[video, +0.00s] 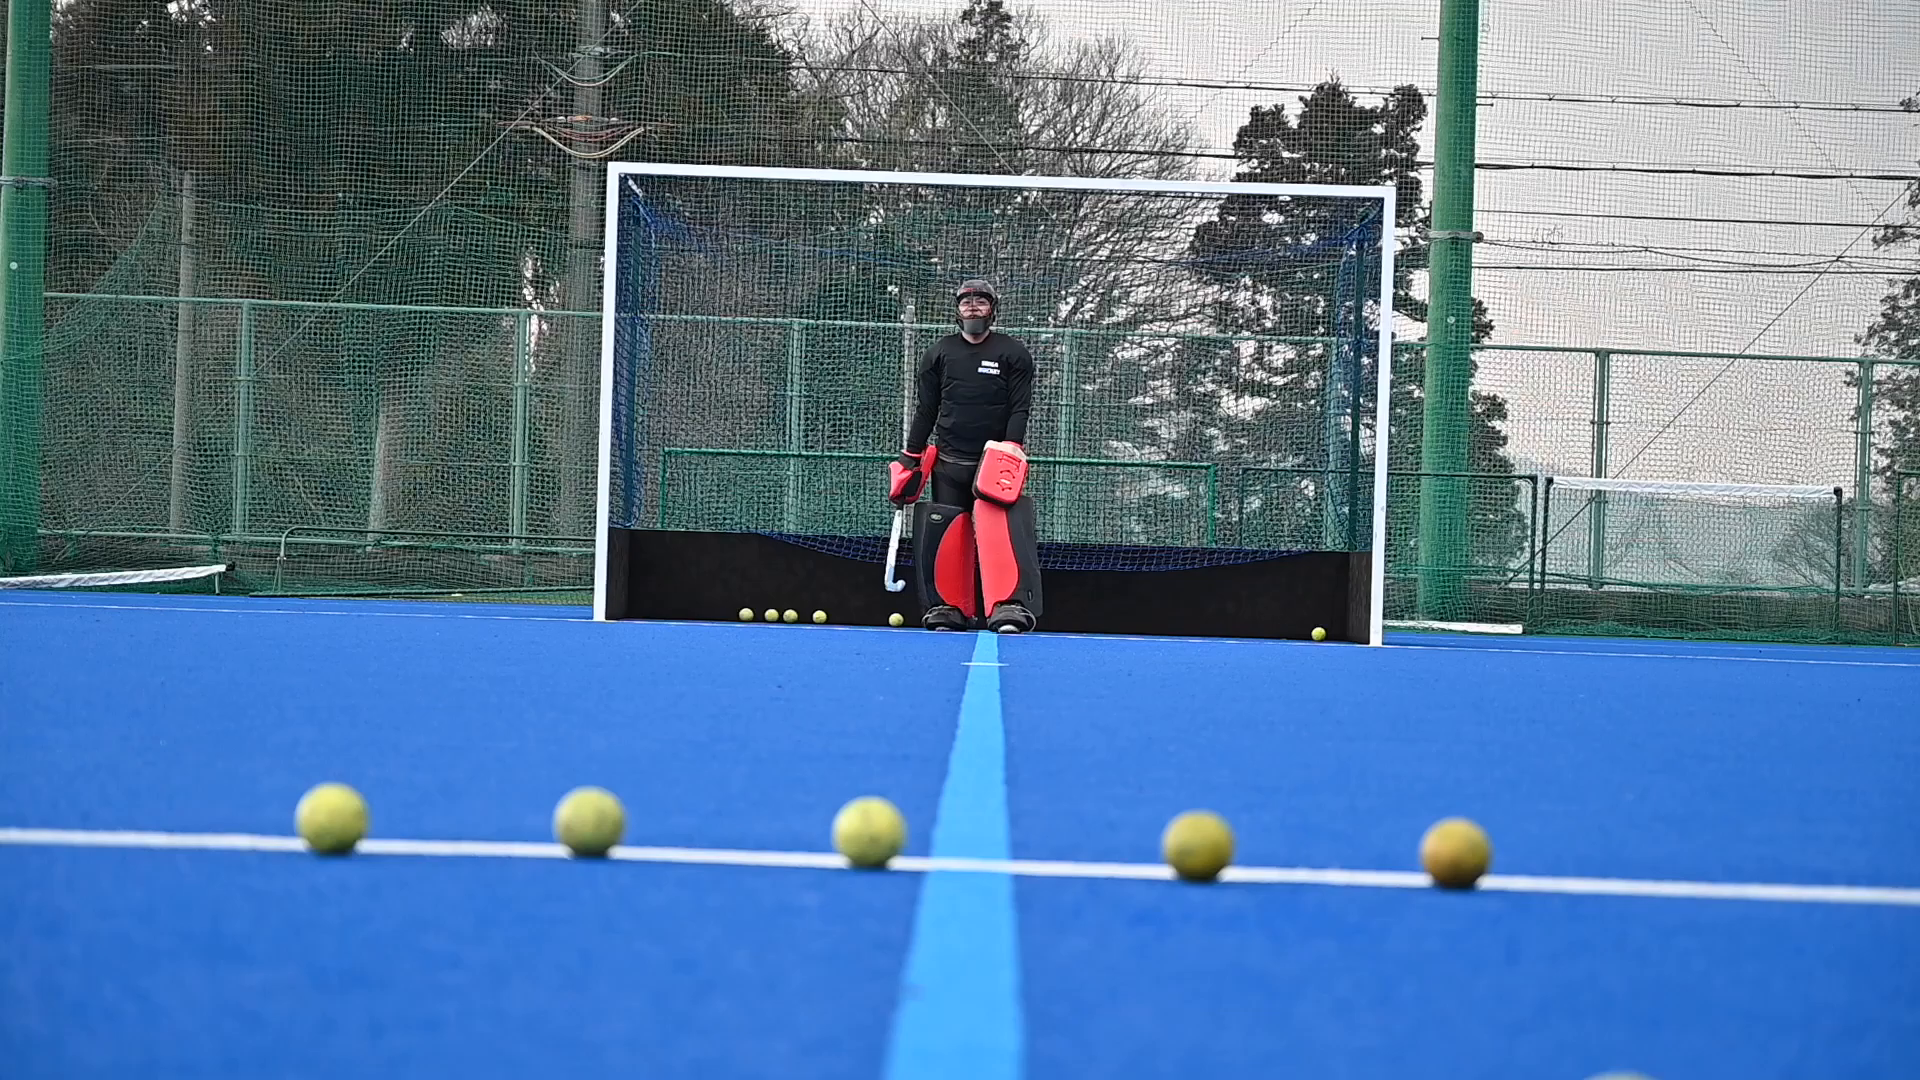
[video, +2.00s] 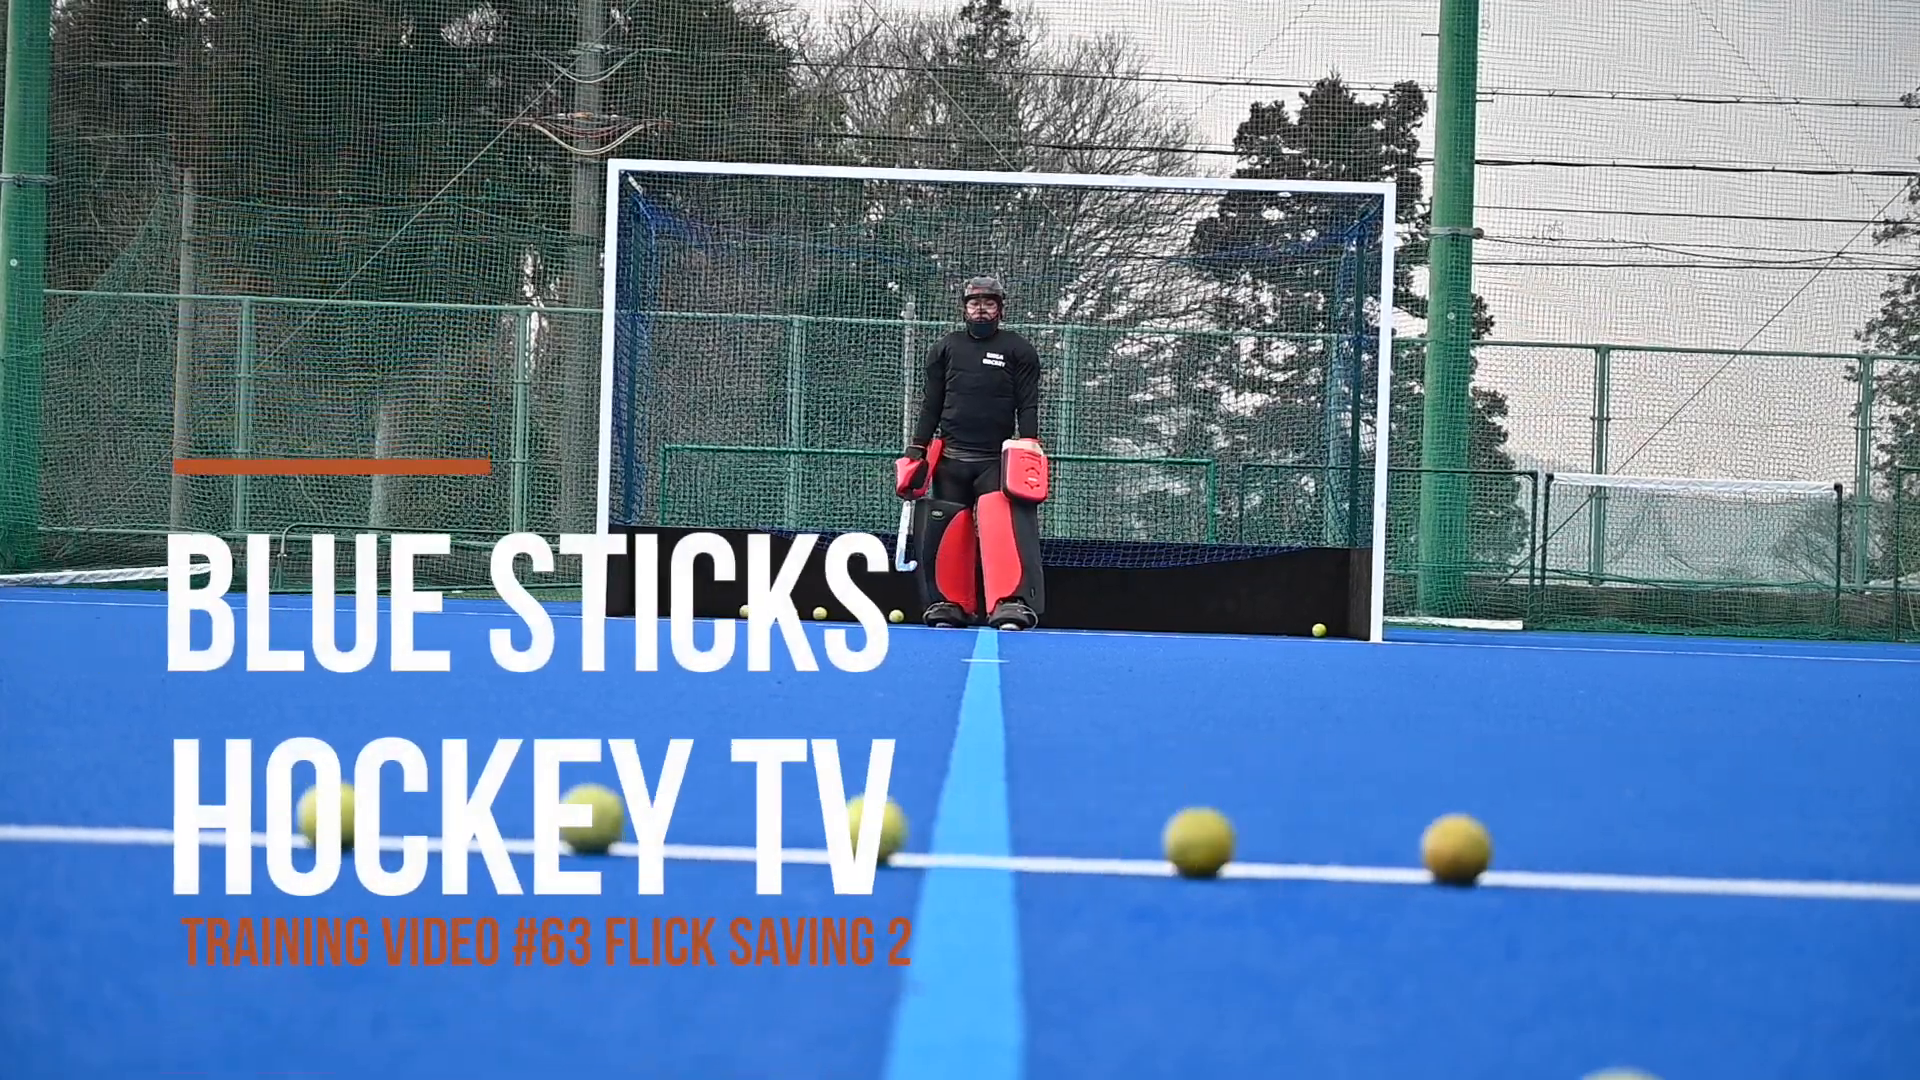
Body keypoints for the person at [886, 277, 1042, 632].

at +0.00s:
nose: (973, 306)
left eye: (980, 300)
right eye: (966, 301)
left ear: (992, 308)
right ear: (957, 308)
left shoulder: (1013, 353)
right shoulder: (939, 352)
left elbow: (1019, 409)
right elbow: (925, 410)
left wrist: (1008, 456)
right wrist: (910, 459)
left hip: (994, 466)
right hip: (949, 463)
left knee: (998, 535)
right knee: (947, 535)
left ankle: (1004, 608)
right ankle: (949, 609)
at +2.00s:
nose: (981, 309)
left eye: (988, 302)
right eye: (974, 302)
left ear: (1000, 307)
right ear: (964, 307)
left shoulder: (1019, 350)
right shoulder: (945, 348)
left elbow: (1027, 407)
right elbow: (930, 406)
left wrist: (1027, 456)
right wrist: (916, 455)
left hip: (997, 461)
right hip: (951, 459)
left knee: (1001, 530)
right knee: (946, 531)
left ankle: (1008, 605)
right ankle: (949, 605)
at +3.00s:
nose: (999, 312)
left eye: (1006, 306)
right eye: (992, 305)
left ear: (1017, 311)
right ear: (982, 309)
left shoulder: (1036, 353)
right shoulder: (962, 348)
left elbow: (1056, 393)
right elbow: (939, 394)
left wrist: (1063, 413)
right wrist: (924, 418)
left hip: (1012, 462)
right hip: (967, 460)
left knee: (1010, 531)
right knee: (957, 529)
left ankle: (1010, 607)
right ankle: (955, 604)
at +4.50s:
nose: (985, 327)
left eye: (990, 320)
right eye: (977, 322)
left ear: (1001, 322)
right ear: (968, 325)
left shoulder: (1022, 354)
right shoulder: (955, 352)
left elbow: (1052, 394)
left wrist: (1050, 404)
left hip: (1004, 464)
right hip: (958, 461)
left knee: (1007, 533)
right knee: (949, 533)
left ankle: (1009, 606)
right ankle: (952, 605)